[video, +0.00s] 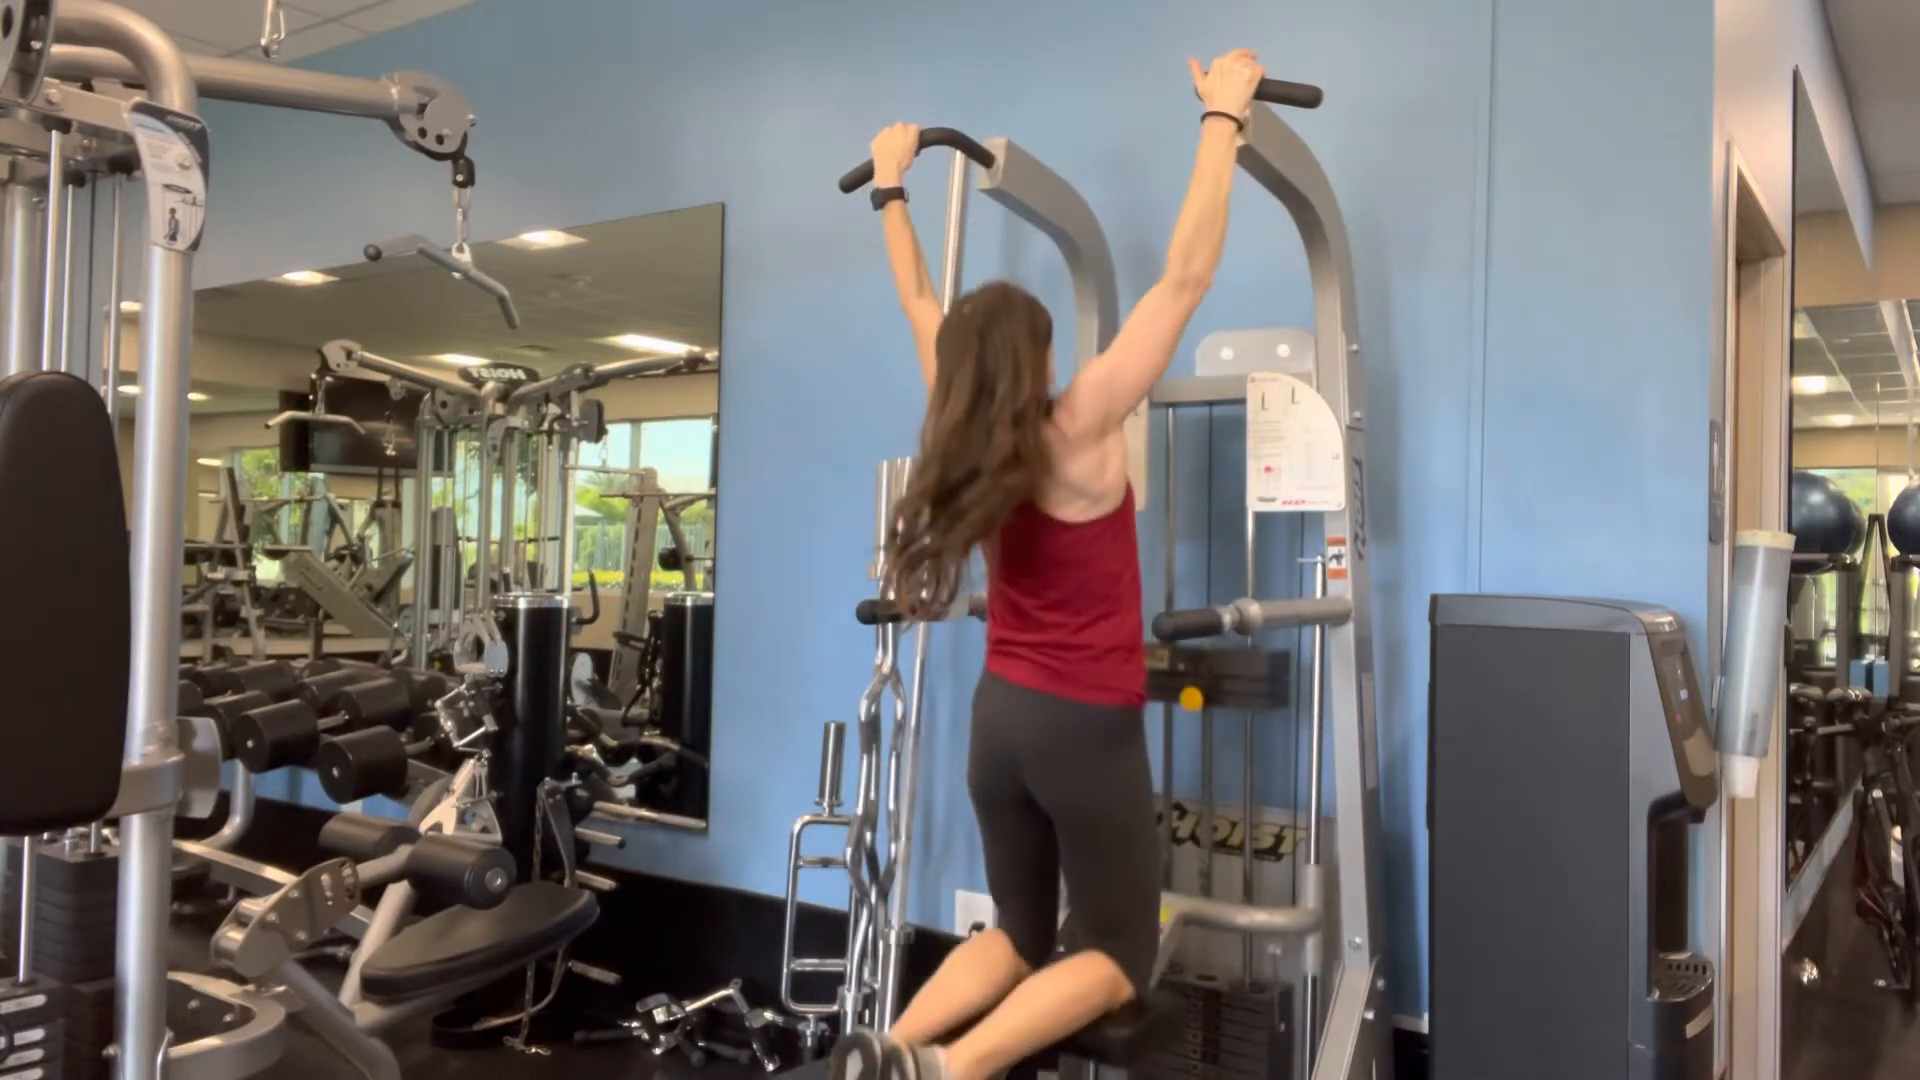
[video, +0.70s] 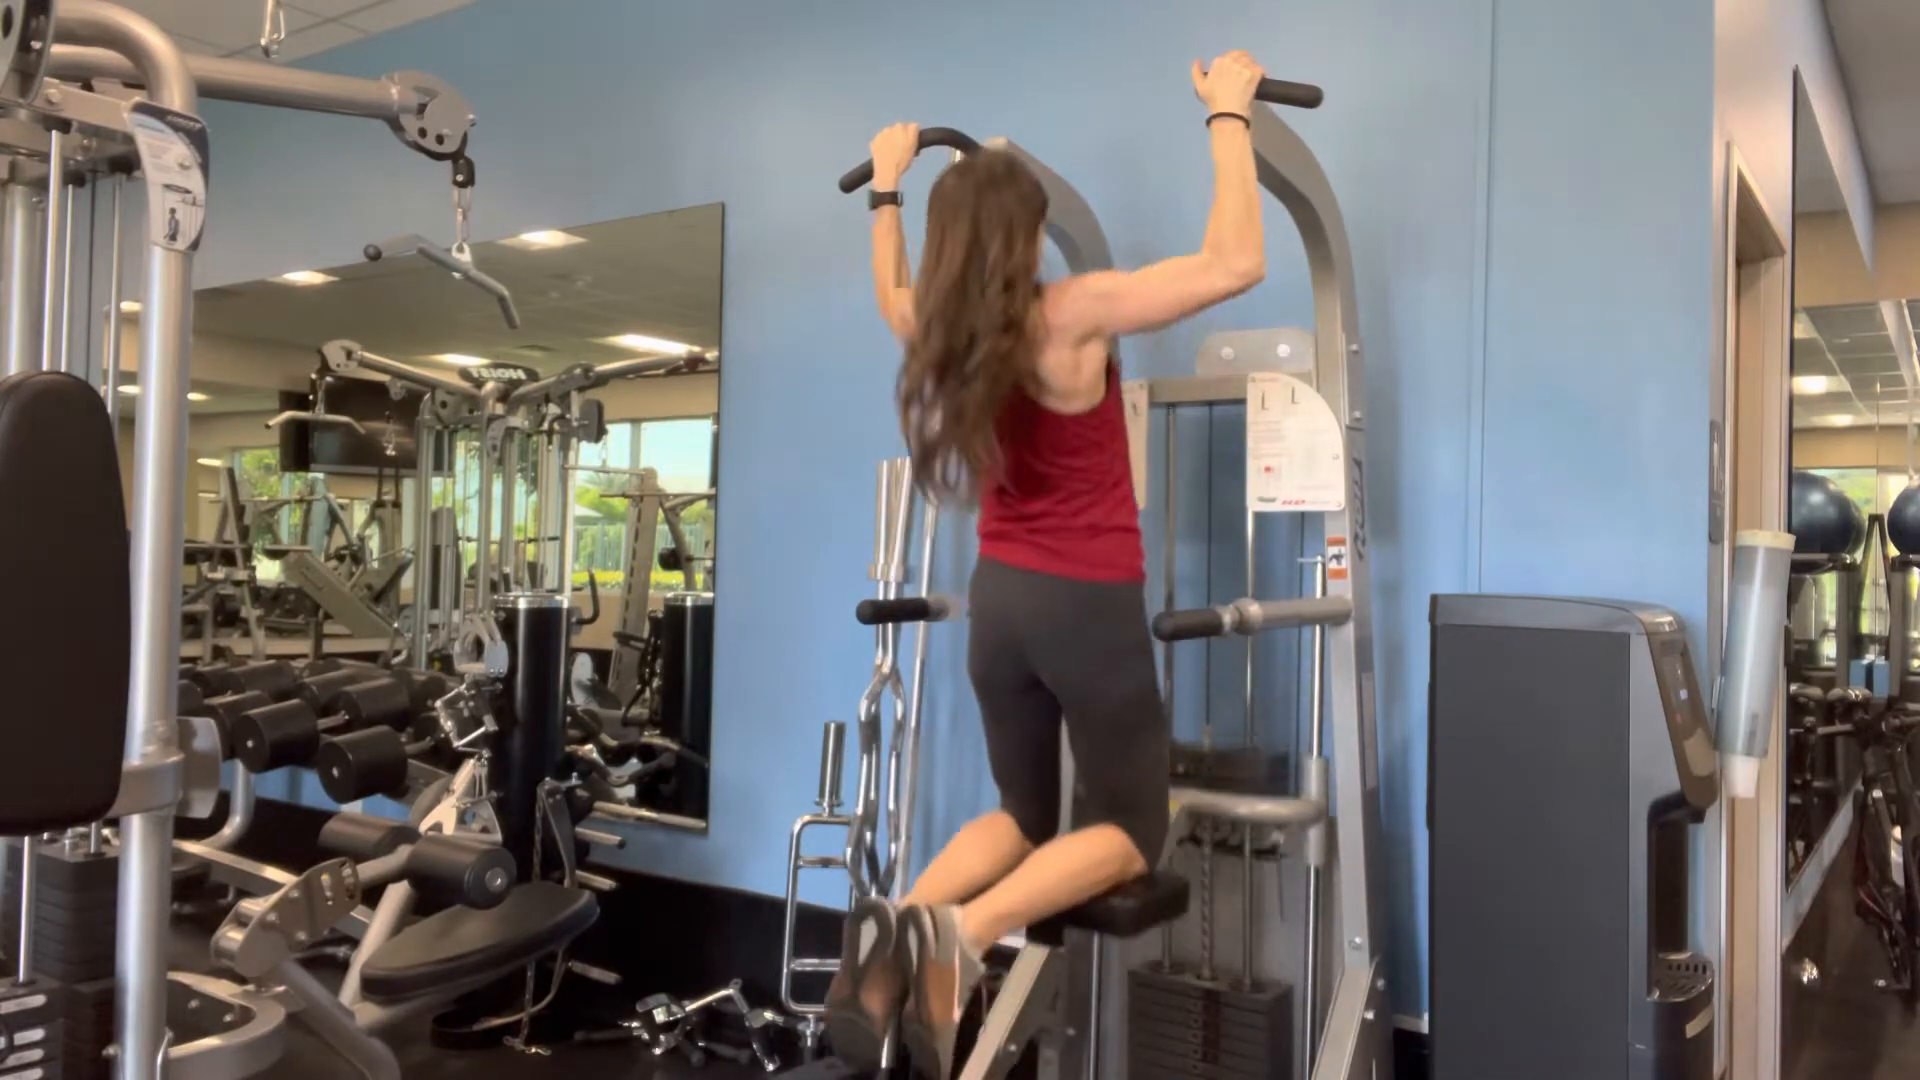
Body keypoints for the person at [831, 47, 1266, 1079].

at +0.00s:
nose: (1056, 336)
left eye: (1032, 331)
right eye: (1046, 329)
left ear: (966, 359)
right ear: (1040, 350)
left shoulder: (971, 428)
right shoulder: (1084, 420)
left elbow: (918, 303)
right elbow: (1186, 278)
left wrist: (888, 185)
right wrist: (1222, 119)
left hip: (1001, 717)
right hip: (1087, 731)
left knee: (1017, 933)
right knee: (1118, 958)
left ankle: (892, 1047)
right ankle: (957, 1065)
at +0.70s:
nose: (1049, 225)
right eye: (1041, 212)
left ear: (953, 234)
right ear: (1034, 227)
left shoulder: (944, 328)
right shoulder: (1074, 308)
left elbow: (891, 289)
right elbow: (1234, 263)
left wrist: (886, 186)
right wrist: (1230, 116)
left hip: (998, 601)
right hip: (1088, 605)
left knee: (1024, 815)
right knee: (1129, 835)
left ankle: (905, 927)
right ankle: (962, 936)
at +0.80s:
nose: (1049, 177)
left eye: (1035, 166)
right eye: (1042, 165)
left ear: (957, 183)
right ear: (1032, 180)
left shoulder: (951, 270)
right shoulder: (1072, 260)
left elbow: (885, 304)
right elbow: (1240, 258)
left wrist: (885, 190)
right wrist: (1231, 116)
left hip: (1000, 552)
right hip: (1088, 558)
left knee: (1025, 774)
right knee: (1129, 788)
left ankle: (901, 885)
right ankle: (963, 891)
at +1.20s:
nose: (1069, 59)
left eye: (1063, 42)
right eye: (1065, 43)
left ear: (974, 60)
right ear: (1054, 55)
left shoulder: (952, 168)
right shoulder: (1094, 144)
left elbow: (885, 288)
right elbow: (1199, 255)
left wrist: (881, 180)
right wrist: (1230, 115)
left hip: (1010, 435)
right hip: (1098, 437)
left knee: (1030, 657)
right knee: (1133, 673)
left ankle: (908, 772)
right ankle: (970, 772)